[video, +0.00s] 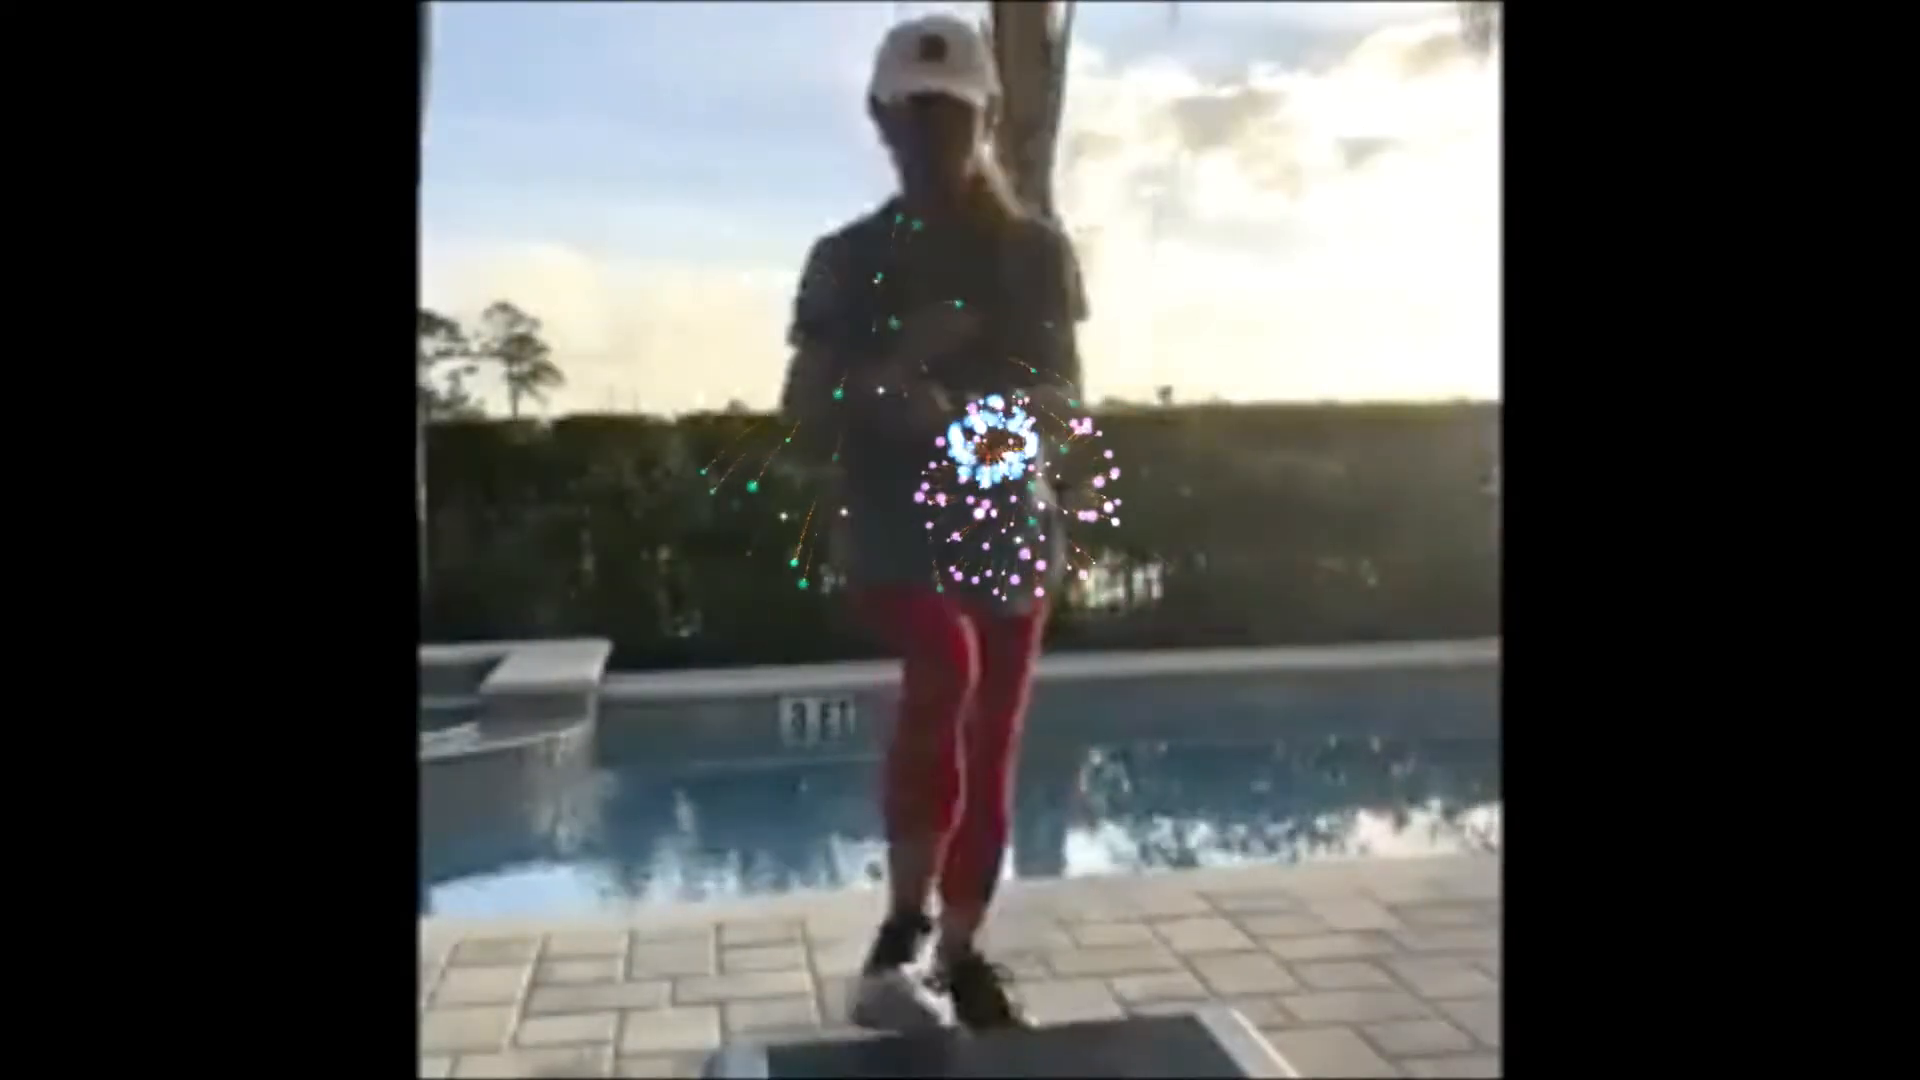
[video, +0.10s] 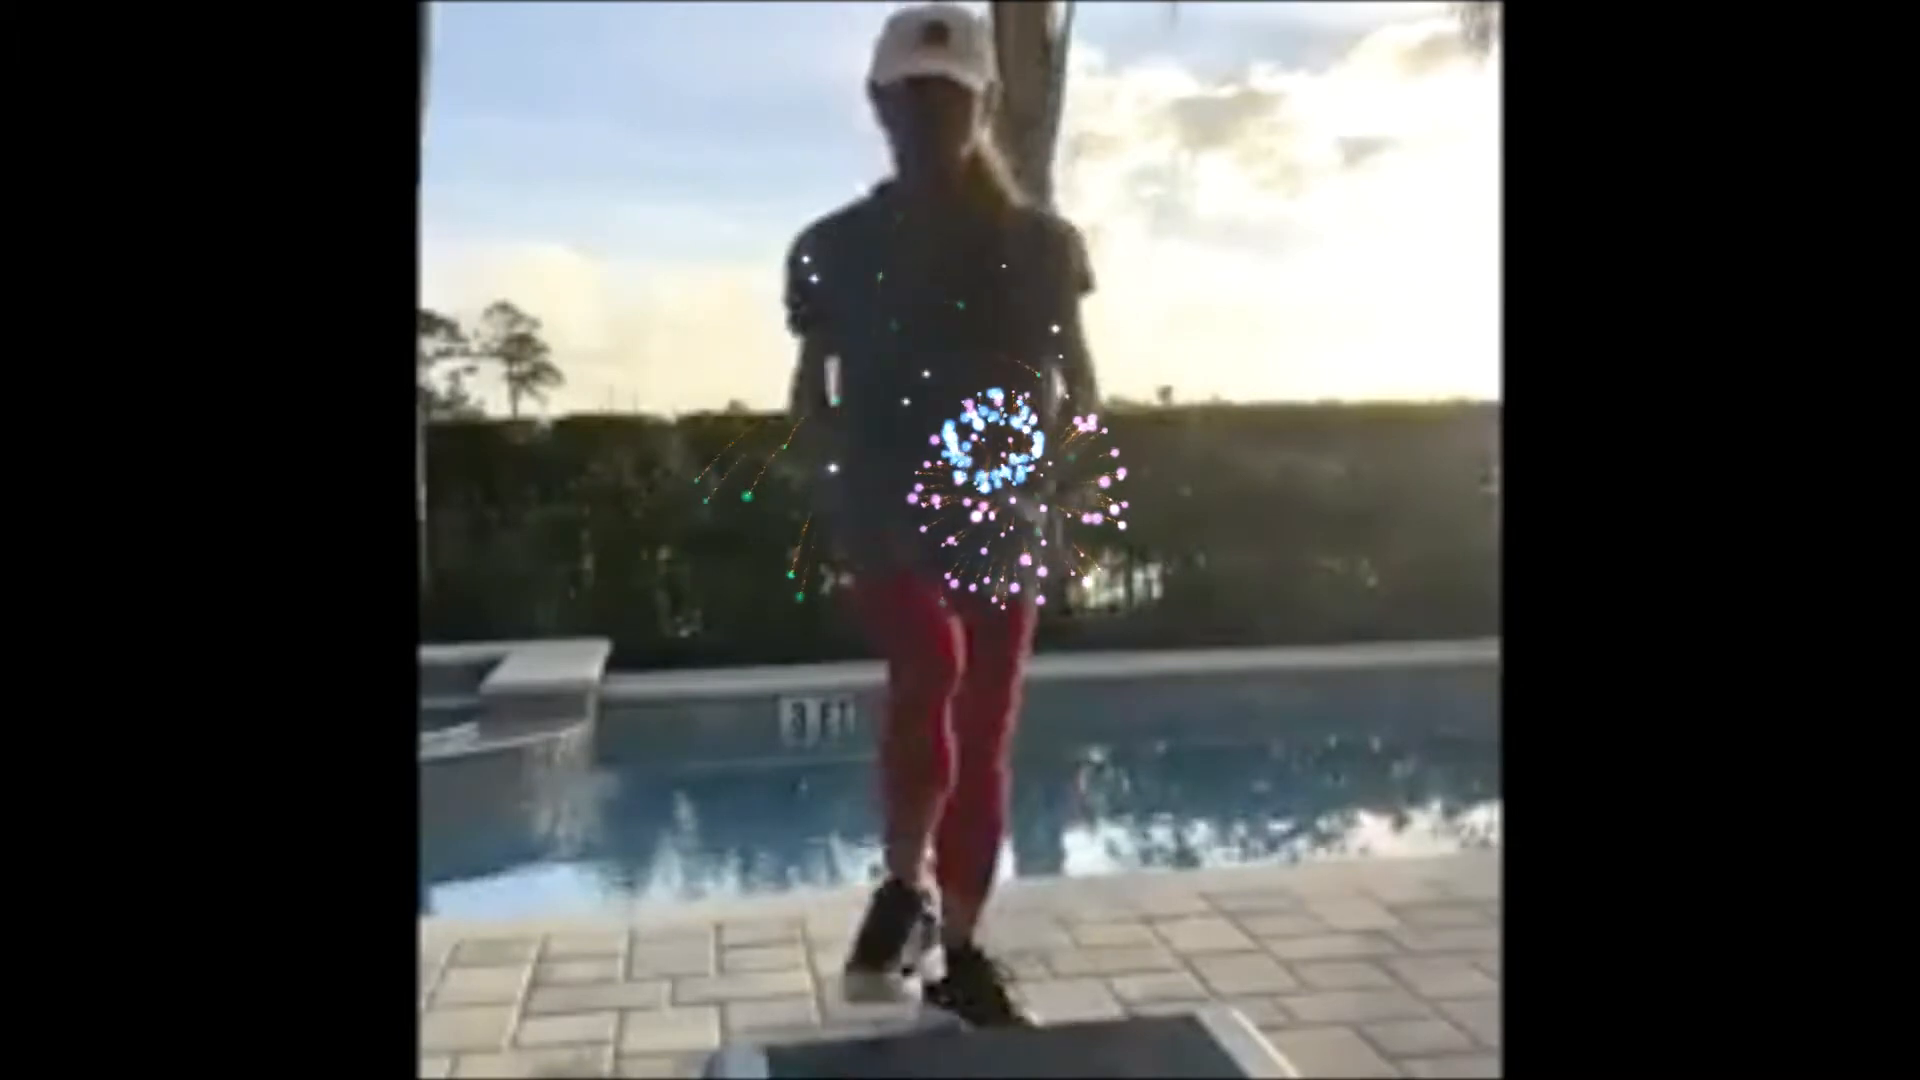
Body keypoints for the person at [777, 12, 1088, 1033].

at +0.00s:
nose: (926, 133)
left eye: (947, 112)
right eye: (907, 113)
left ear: (982, 119)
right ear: (880, 122)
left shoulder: (1033, 248)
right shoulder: (845, 258)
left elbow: (1055, 394)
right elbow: (805, 407)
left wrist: (959, 409)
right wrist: (888, 399)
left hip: (1010, 519)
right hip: (891, 517)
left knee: (991, 730)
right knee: (943, 661)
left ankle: (959, 950)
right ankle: (907, 916)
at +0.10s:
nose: (924, 115)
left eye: (945, 95)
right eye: (905, 95)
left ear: (979, 105)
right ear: (878, 105)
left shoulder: (1036, 241)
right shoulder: (837, 247)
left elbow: (1080, 391)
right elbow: (810, 394)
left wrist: (1057, 485)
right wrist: (829, 492)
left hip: (1006, 507)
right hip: (882, 506)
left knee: (983, 730)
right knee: (928, 662)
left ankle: (960, 947)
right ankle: (902, 884)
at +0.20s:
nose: (922, 112)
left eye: (943, 91)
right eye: (903, 92)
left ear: (976, 101)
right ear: (875, 105)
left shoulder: (1034, 233)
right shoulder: (847, 230)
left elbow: (1098, 342)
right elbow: (809, 322)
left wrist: (1103, 436)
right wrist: (761, 405)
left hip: (1000, 490)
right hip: (882, 488)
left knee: (976, 725)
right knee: (911, 698)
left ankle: (955, 949)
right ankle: (872, 884)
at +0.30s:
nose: (916, 111)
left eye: (938, 91)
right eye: (898, 90)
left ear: (971, 103)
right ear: (868, 102)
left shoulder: (1027, 230)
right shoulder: (827, 225)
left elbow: (1098, 321)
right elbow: (782, 307)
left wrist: (1128, 415)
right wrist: (742, 378)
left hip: (991, 493)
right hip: (869, 492)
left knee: (972, 736)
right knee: (868, 727)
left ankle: (958, 951)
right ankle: (869, 943)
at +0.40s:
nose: (891, 108)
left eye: (913, 87)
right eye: (873, 87)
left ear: (953, 100)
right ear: (847, 101)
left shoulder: (1009, 229)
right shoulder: (808, 235)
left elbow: (1068, 335)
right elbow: (767, 329)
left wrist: (1102, 424)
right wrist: (740, 414)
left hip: (979, 501)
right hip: (857, 505)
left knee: (973, 747)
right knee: (861, 750)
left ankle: (959, 945)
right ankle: (876, 968)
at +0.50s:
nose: (881, 92)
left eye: (901, 71)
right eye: (862, 72)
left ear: (935, 83)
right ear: (834, 87)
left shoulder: (1000, 226)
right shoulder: (790, 235)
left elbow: (1033, 371)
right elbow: (746, 387)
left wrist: (1027, 456)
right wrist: (766, 442)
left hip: (972, 509)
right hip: (852, 515)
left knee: (971, 737)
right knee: (864, 750)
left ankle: (979, 887)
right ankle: (876, 968)